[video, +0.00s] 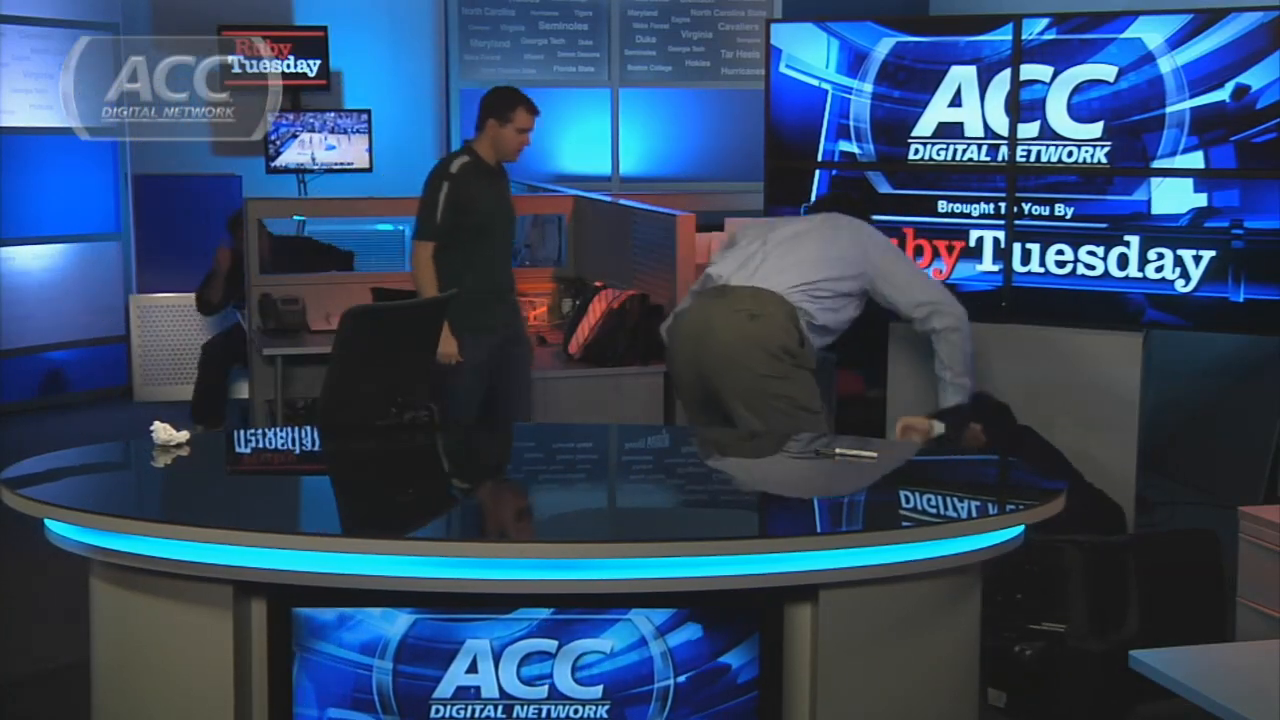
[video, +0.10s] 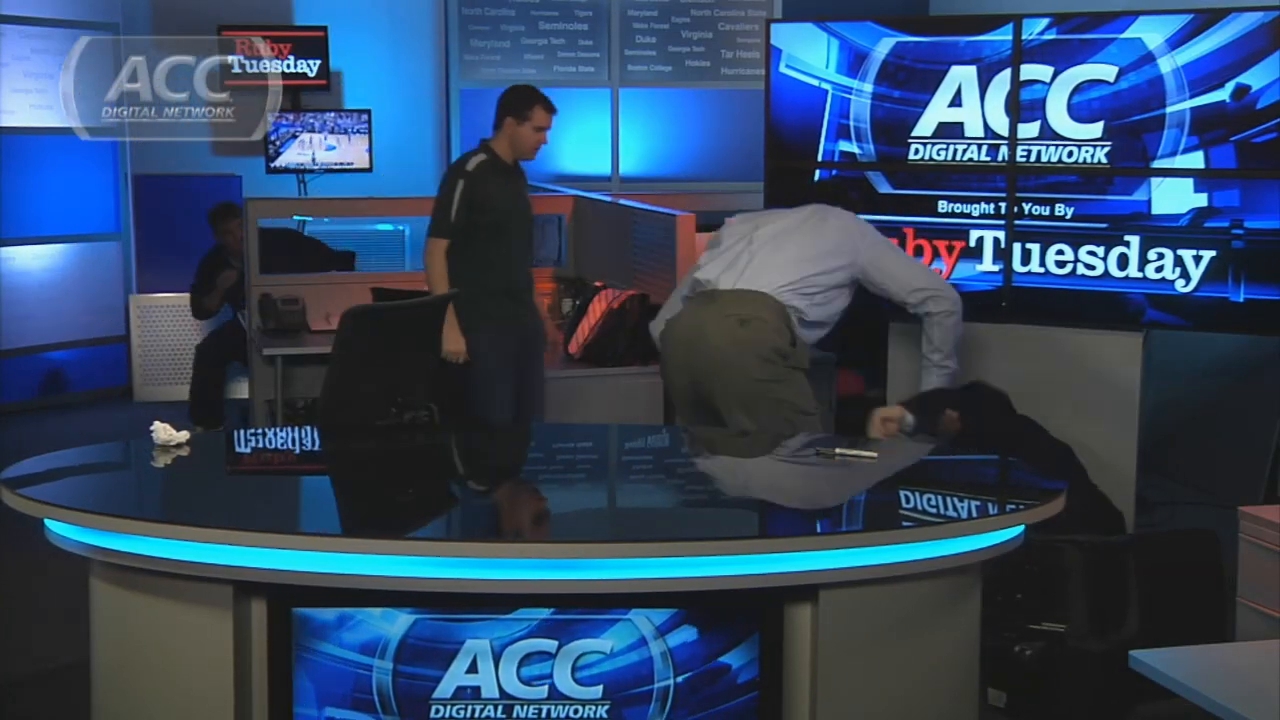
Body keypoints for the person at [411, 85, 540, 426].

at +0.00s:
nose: (526, 141)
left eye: (529, 133)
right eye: (520, 131)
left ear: (497, 128)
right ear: (492, 126)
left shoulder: (498, 176)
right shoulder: (449, 173)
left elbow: (494, 256)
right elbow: (422, 254)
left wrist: (513, 318)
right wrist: (439, 326)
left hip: (504, 324)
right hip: (464, 328)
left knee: (500, 434)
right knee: (460, 434)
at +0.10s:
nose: (544, 140)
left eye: (546, 131)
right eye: (538, 130)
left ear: (518, 127)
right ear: (509, 123)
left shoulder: (516, 178)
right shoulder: (467, 172)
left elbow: (514, 260)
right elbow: (435, 250)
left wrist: (537, 316)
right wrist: (448, 321)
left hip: (518, 320)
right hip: (479, 321)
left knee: (518, 426)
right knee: (484, 428)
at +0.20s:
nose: (559, 140)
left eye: (562, 131)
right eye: (554, 130)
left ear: (533, 125)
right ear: (526, 123)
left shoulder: (532, 177)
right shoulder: (482, 171)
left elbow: (538, 259)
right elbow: (449, 250)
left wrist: (571, 319)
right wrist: (462, 324)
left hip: (531, 322)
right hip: (492, 323)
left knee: (532, 428)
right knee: (506, 432)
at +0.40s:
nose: (593, 142)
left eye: (595, 134)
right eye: (588, 132)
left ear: (567, 128)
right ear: (561, 125)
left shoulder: (564, 180)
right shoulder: (516, 172)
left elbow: (573, 251)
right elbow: (483, 251)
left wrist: (612, 311)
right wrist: (496, 328)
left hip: (556, 323)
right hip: (523, 322)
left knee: (556, 427)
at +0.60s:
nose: (627, 149)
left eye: (630, 140)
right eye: (622, 139)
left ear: (597, 134)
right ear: (594, 132)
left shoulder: (595, 182)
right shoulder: (551, 180)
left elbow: (604, 254)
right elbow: (521, 262)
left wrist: (638, 303)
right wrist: (544, 334)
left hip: (591, 323)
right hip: (563, 326)